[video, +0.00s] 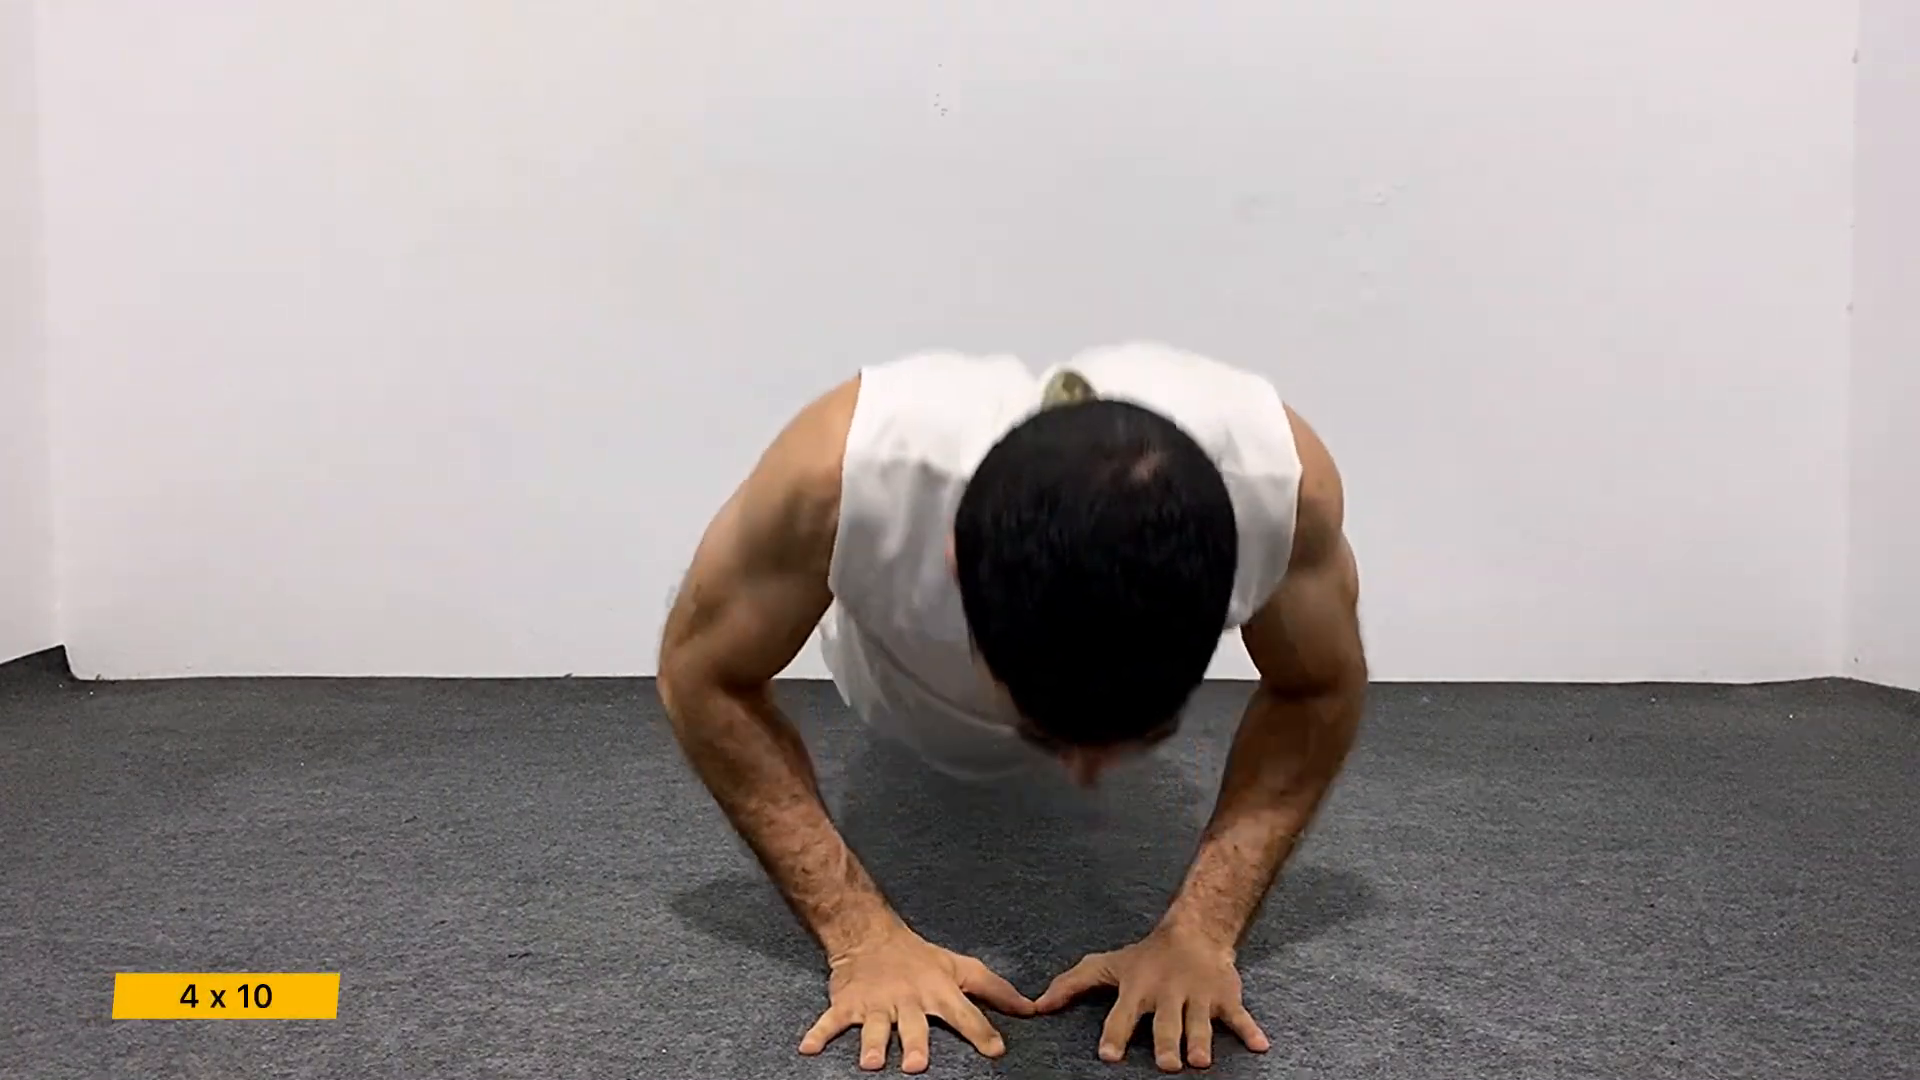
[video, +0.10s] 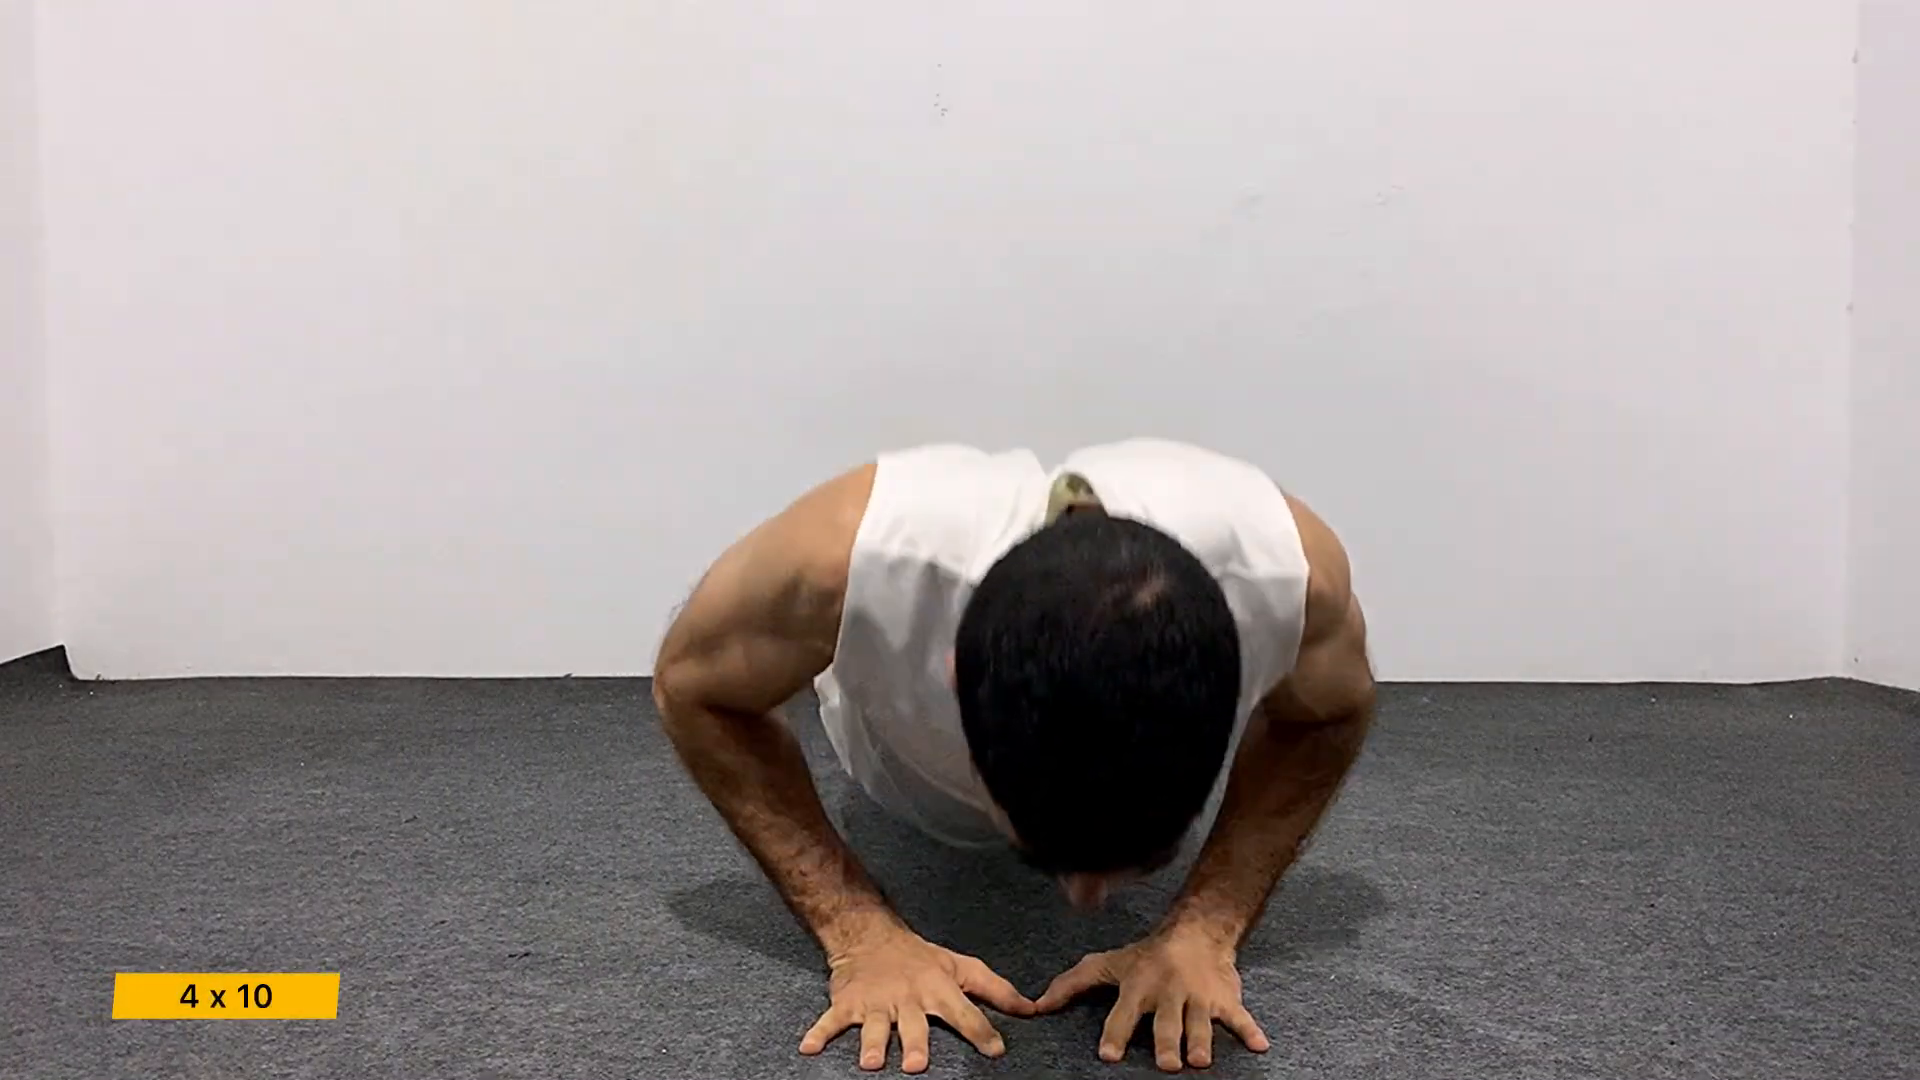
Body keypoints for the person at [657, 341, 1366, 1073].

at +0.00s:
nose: (1088, 772)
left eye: (1134, 739)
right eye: (1050, 734)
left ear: (1213, 612)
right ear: (964, 573)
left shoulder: (1286, 485)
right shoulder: (834, 472)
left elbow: (1316, 687)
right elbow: (701, 673)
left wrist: (1201, 928)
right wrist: (862, 933)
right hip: (916, 696)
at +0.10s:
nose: (1086, 894)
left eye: (1133, 862)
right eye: (1047, 856)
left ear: (1230, 706)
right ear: (963, 681)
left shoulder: (1297, 579)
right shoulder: (840, 559)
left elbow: (1321, 713)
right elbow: (698, 688)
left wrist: (1205, 928)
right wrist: (858, 928)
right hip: (912, 766)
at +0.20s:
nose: (1065, 993)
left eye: (1111, 979)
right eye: (1027, 963)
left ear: (1229, 802)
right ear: (963, 783)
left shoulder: (1306, 653)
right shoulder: (843, 631)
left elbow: (1348, 729)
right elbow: (694, 693)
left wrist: (1212, 938)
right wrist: (861, 937)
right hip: (899, 808)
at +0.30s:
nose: (1096, 1068)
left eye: (1134, 1046)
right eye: (1063, 1047)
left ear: (1228, 814)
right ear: (958, 842)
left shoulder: (1309, 693)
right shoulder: (845, 685)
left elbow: (1362, 717)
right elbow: (689, 689)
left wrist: (1224, 943)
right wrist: (858, 935)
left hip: (1104, 616)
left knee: (1047, 591)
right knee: (907, 590)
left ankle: (1020, 561)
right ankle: (904, 565)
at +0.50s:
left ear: (1222, 814)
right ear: (948, 841)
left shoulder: (1300, 690)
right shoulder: (832, 687)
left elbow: (1355, 714)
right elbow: (689, 689)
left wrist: (1224, 945)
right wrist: (858, 934)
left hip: (1106, 620)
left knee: (1039, 592)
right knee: (907, 594)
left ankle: (1014, 563)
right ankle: (904, 566)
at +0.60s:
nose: (1053, 993)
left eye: (1103, 971)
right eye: (1024, 963)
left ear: (1218, 795)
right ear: (953, 777)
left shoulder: (1291, 647)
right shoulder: (833, 635)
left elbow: (1336, 714)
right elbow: (699, 692)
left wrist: (1209, 933)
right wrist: (860, 935)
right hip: (898, 807)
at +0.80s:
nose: (1072, 720)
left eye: (1118, 686)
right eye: (1032, 686)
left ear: (1200, 570)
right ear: (959, 583)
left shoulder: (1276, 483)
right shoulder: (826, 459)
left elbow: (1306, 684)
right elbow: (720, 677)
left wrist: (1200, 925)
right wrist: (866, 931)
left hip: (1134, 717)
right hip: (904, 725)